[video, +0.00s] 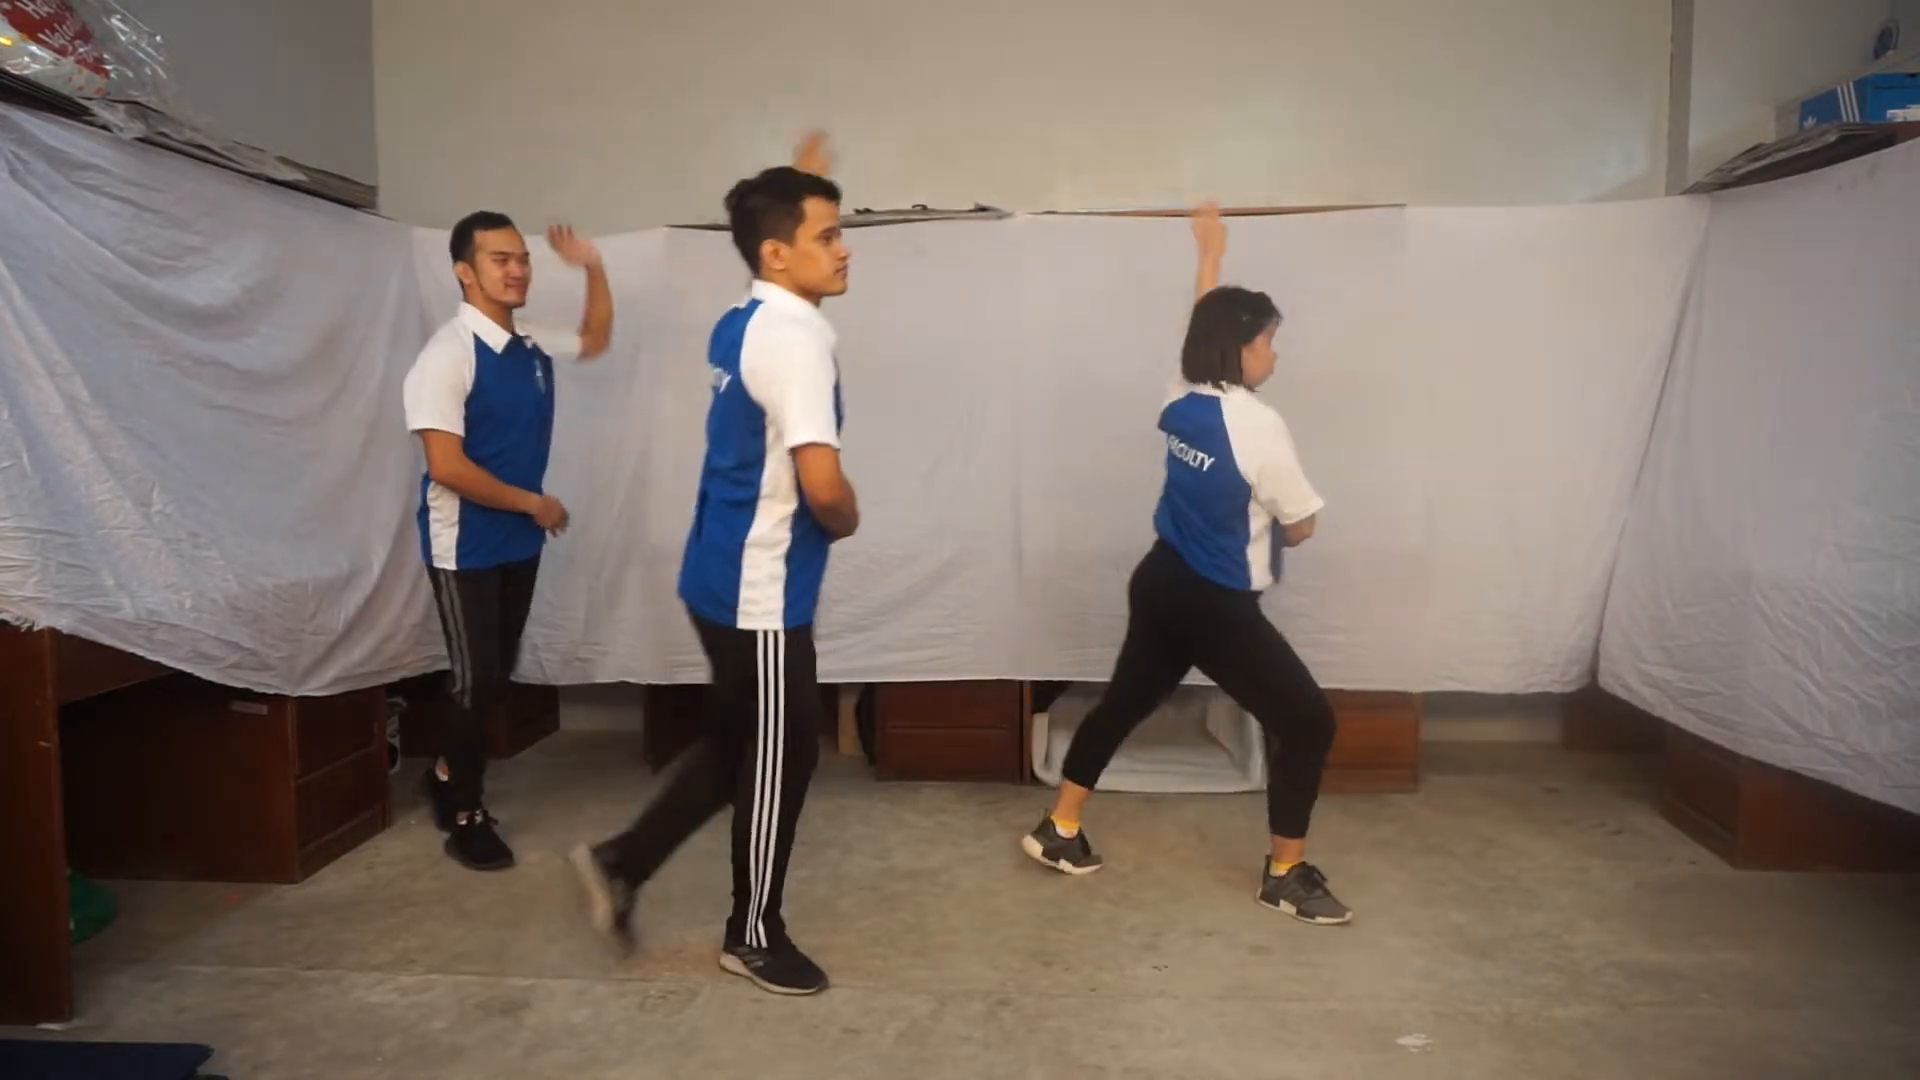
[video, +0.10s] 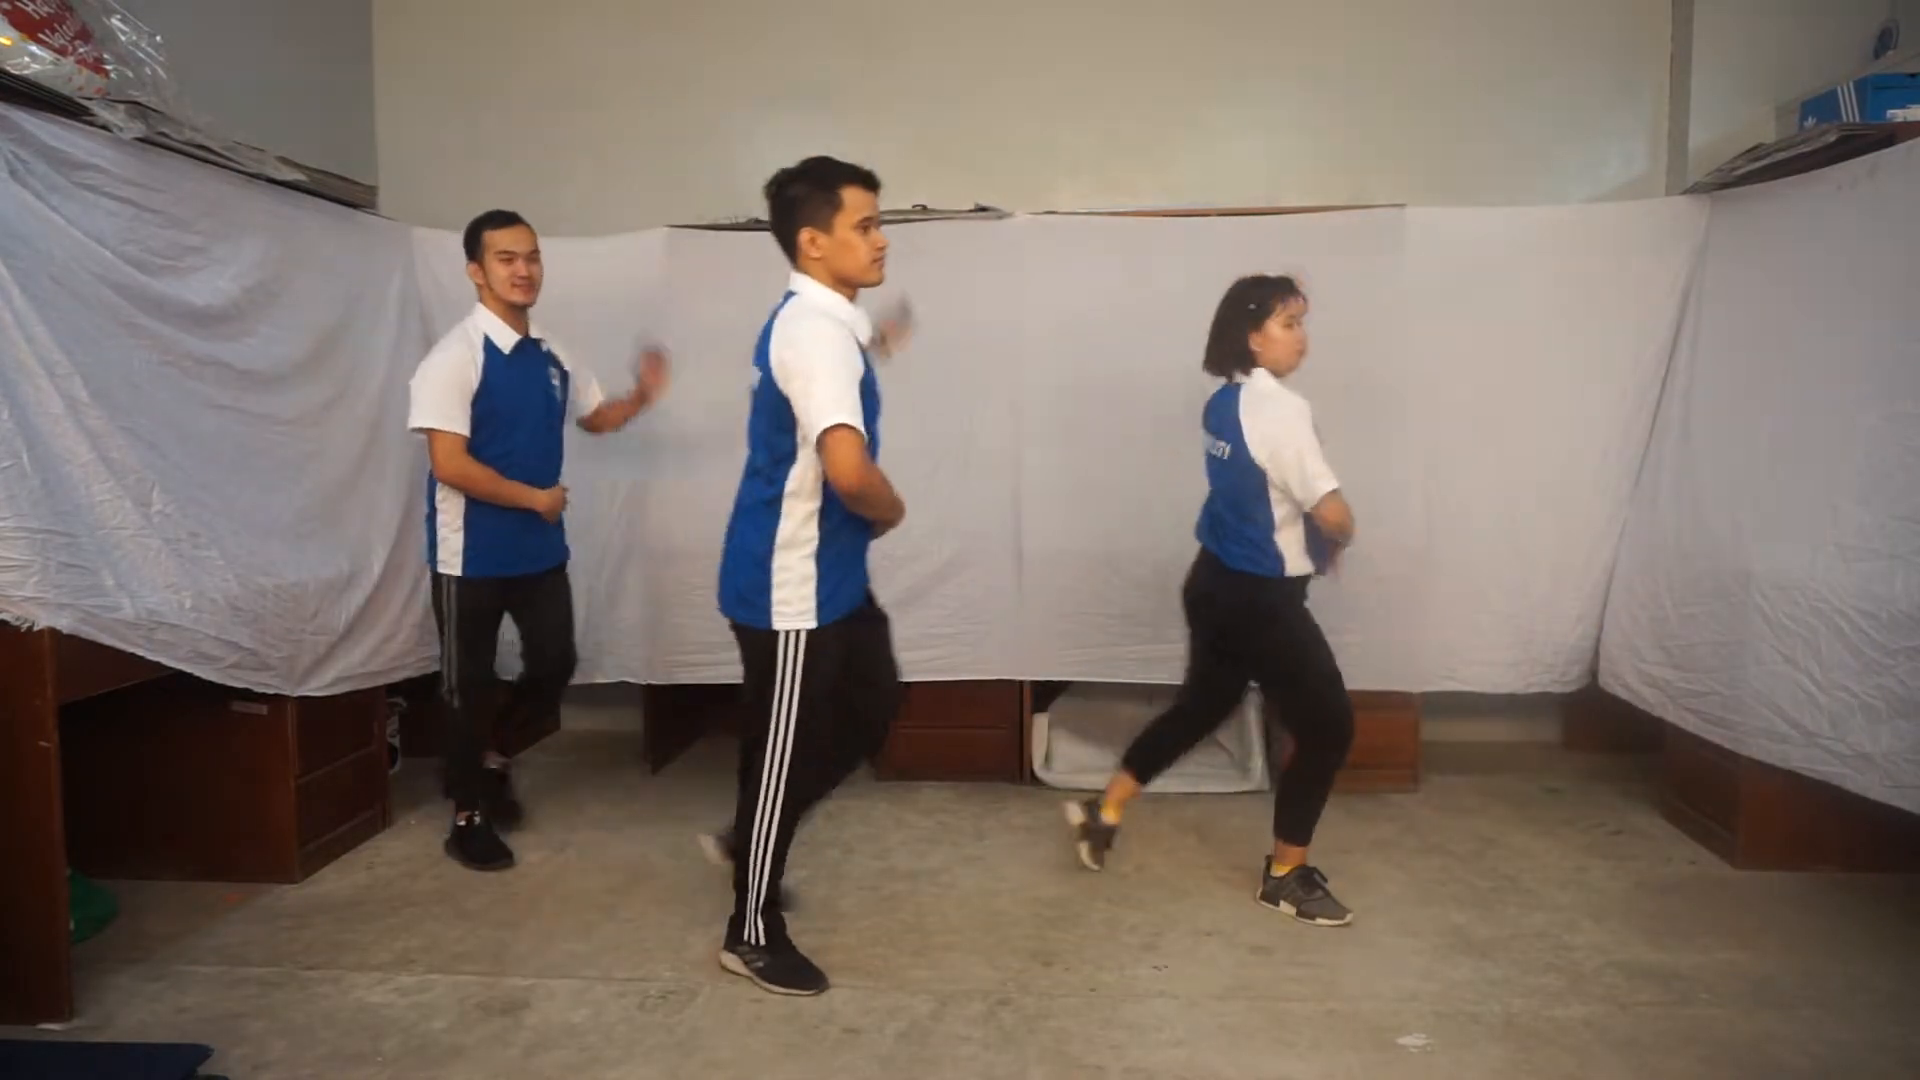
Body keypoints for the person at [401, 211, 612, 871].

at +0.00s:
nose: (518, 270)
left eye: (523, 259)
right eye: (502, 259)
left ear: (529, 270)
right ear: (465, 272)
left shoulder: (530, 348)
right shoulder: (446, 355)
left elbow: (594, 341)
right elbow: (445, 466)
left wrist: (593, 268)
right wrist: (532, 502)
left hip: (516, 543)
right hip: (462, 549)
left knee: (492, 678)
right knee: (476, 683)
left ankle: (448, 773)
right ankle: (468, 810)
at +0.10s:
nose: (524, 269)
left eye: (532, 258)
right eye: (508, 258)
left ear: (541, 267)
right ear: (476, 270)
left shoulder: (548, 354)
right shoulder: (454, 359)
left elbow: (595, 418)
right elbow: (448, 464)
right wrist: (533, 499)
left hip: (538, 552)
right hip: (470, 560)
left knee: (553, 665)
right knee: (470, 687)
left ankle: (492, 759)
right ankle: (468, 814)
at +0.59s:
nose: (624, 266)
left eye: (636, 254)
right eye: (609, 253)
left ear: (648, 264)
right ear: (582, 262)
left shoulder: (675, 348)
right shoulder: (545, 348)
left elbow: (723, 439)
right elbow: (515, 447)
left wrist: (711, 503)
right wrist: (569, 455)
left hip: (665, 556)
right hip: (587, 561)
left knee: (669, 682)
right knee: (597, 688)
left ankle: (659, 800)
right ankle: (606, 820)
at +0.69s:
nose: (648, 270)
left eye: (660, 259)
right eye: (633, 258)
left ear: (672, 269)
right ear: (607, 267)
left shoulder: (698, 353)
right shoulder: (569, 352)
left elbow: (740, 444)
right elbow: (534, 459)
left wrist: (732, 499)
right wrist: (543, 430)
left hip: (684, 554)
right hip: (602, 558)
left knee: (697, 678)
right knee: (598, 689)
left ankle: (719, 793)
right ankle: (605, 824)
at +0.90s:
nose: (698, 267)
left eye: (713, 256)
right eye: (685, 256)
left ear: (734, 266)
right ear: (670, 267)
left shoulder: (758, 352)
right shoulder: (646, 354)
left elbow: (764, 458)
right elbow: (573, 415)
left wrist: (664, 505)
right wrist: (565, 329)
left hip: (748, 564)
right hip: (672, 562)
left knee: (768, 694)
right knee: (643, 689)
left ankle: (807, 828)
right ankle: (613, 823)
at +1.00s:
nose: (696, 267)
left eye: (709, 256)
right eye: (694, 256)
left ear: (750, 266)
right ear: (700, 267)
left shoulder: (771, 348)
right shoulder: (695, 344)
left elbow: (754, 459)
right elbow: (631, 359)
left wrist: (673, 494)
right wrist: (620, 306)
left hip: (779, 558)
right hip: (713, 553)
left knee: (792, 696)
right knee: (687, 681)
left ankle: (809, 828)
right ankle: (714, 811)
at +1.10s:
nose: (710, 266)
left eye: (720, 256)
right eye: (710, 256)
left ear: (760, 265)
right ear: (749, 266)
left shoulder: (774, 344)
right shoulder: (750, 323)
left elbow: (736, 468)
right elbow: (713, 284)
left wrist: (703, 484)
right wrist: (662, 251)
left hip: (793, 551)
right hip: (755, 545)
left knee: (804, 689)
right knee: (745, 674)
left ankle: (809, 831)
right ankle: (838, 772)